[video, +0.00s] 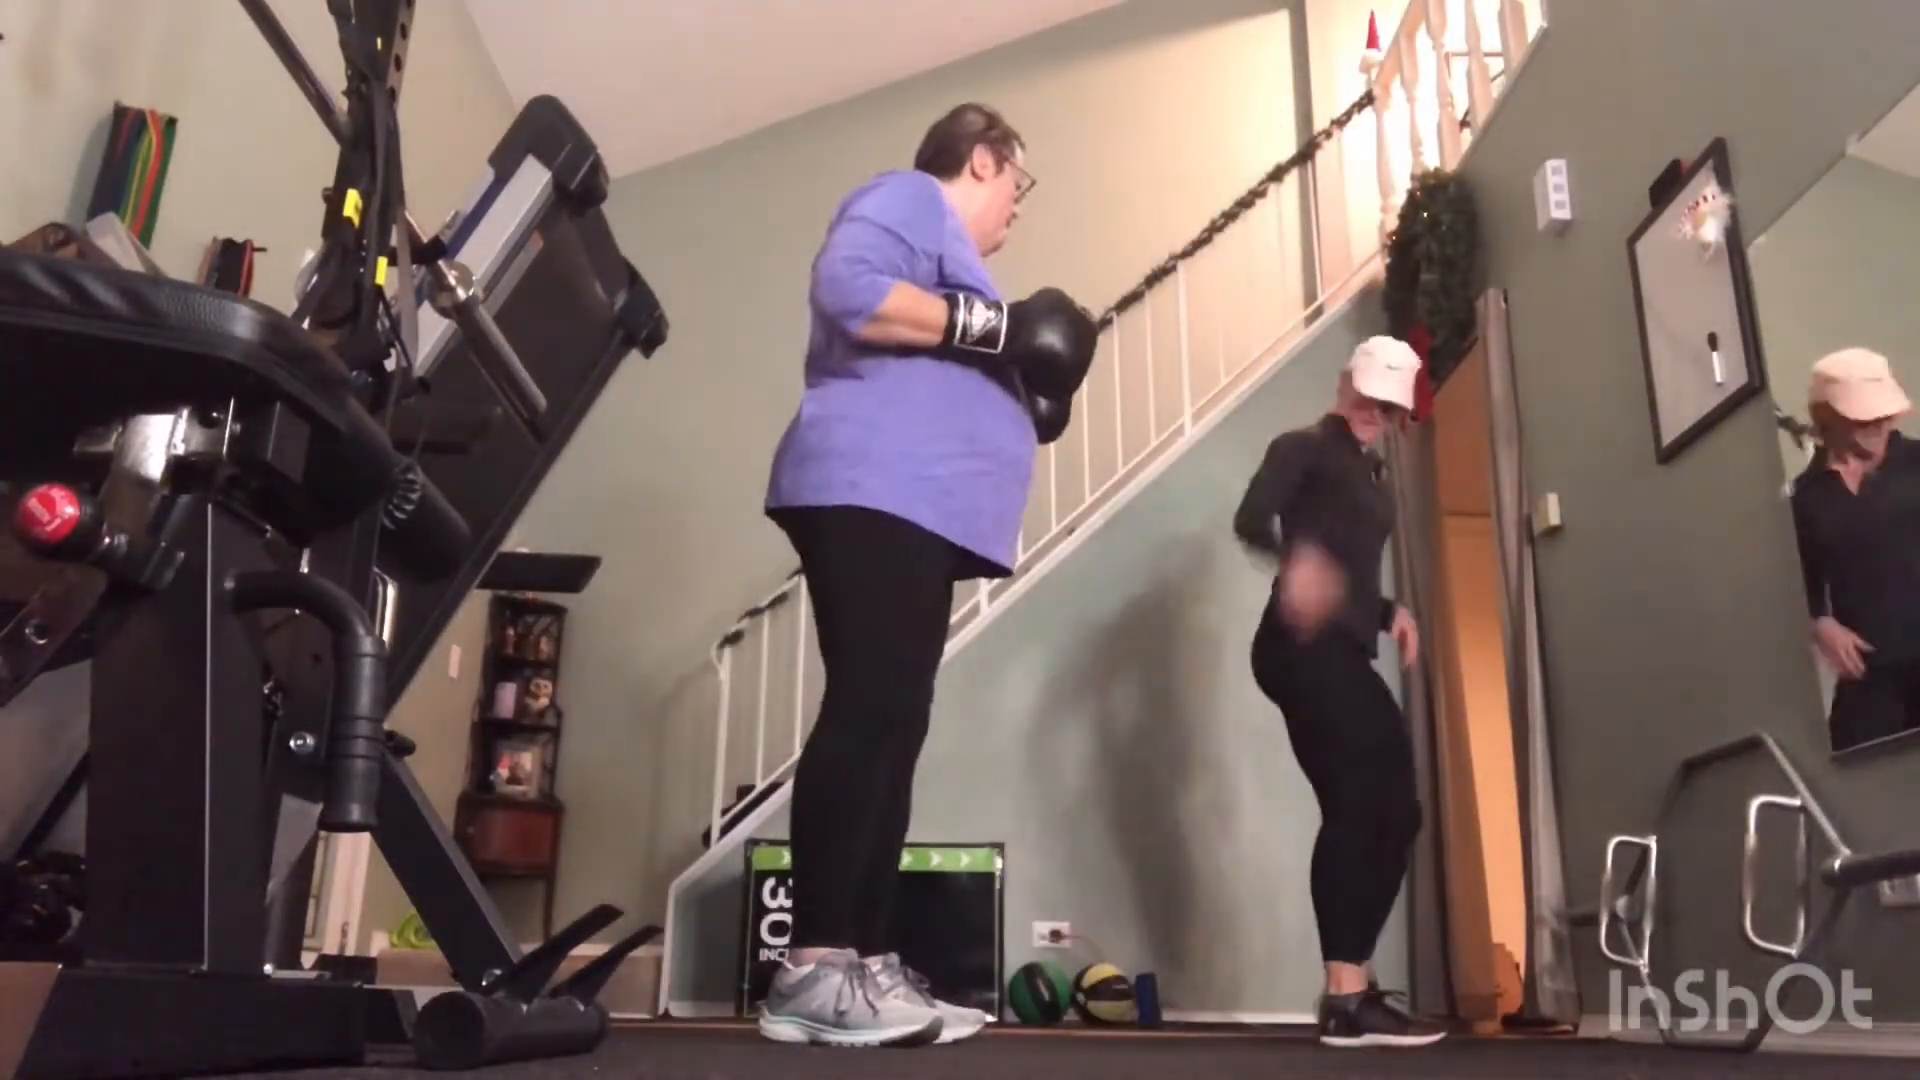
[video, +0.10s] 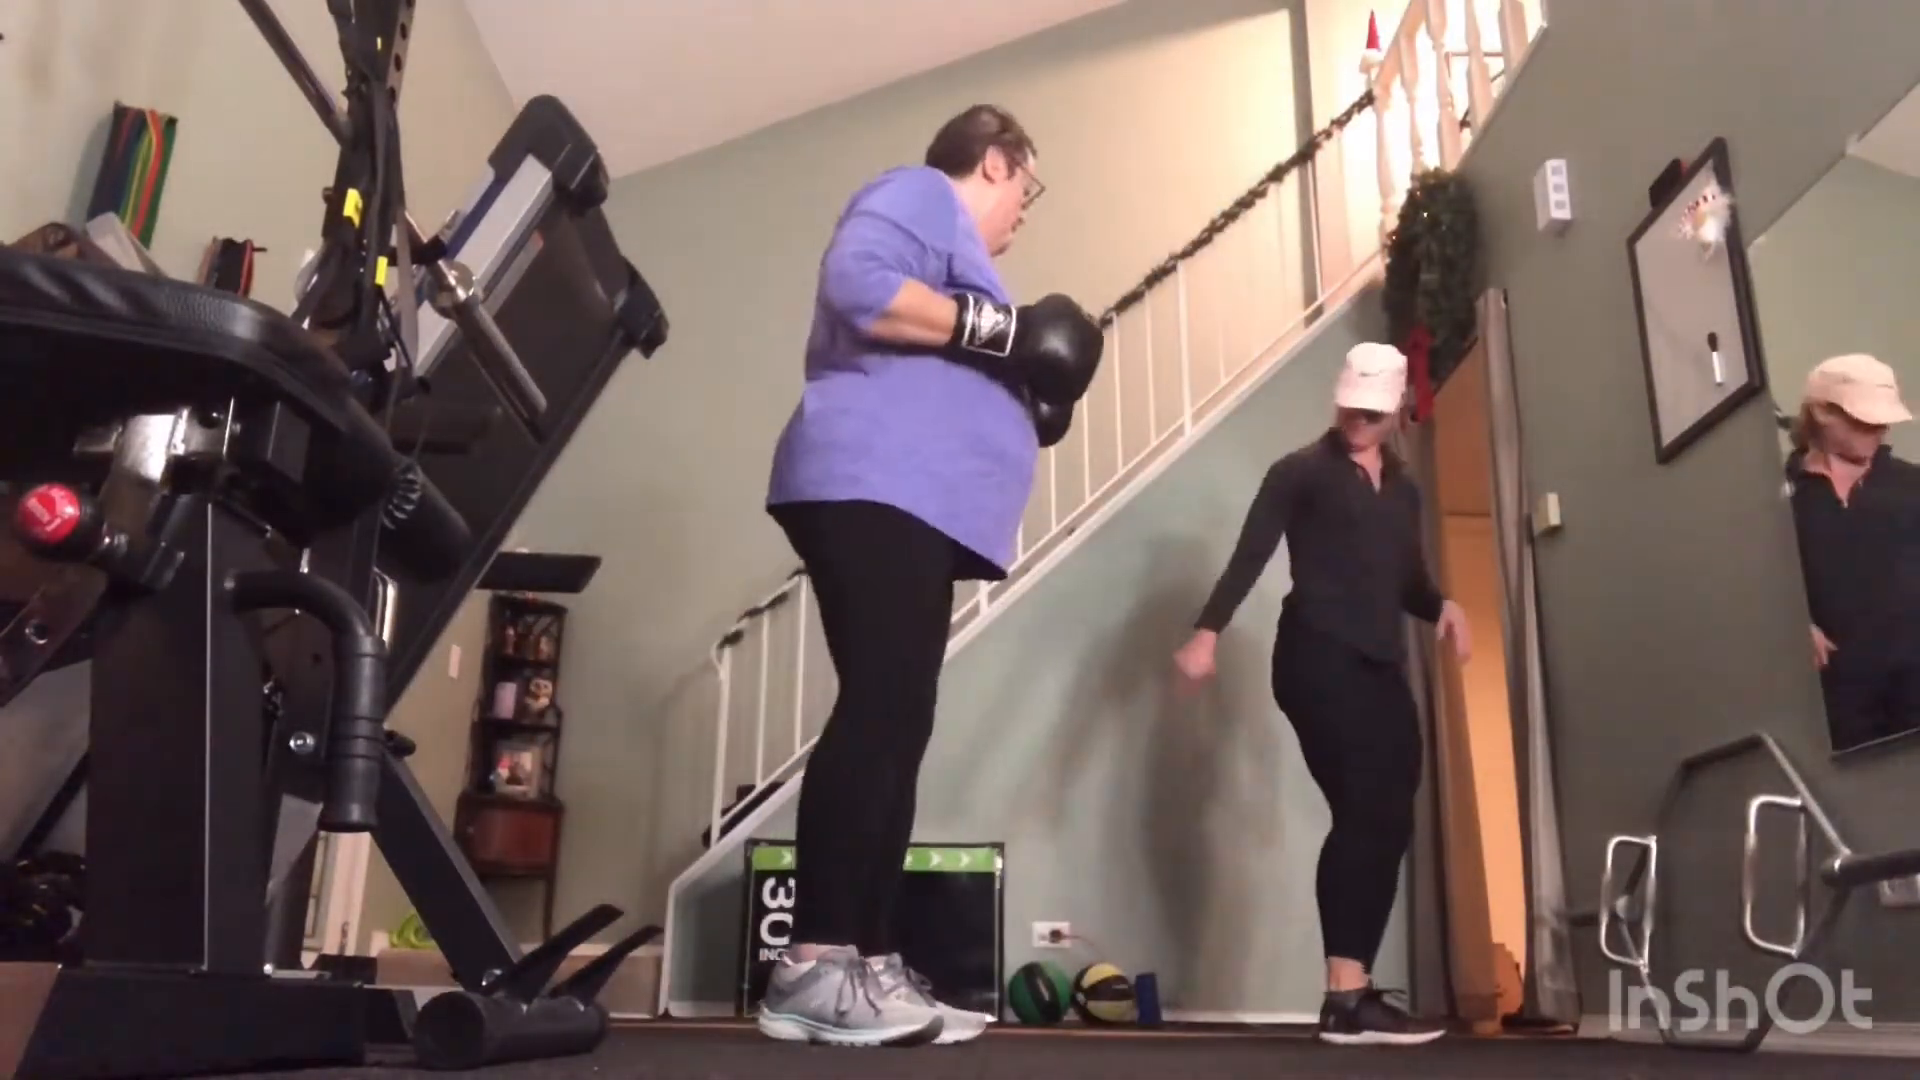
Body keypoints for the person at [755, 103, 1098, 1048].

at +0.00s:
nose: (1020, 211)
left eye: (1023, 196)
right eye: (1019, 189)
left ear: (977, 171)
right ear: (984, 162)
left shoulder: (962, 270)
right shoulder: (910, 192)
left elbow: (984, 415)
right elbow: (848, 291)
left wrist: (1039, 386)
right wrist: (988, 323)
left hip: (914, 511)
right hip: (868, 492)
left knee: (892, 727)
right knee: (868, 719)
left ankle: (864, 966)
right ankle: (816, 967)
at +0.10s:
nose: (1027, 213)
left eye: (1030, 199)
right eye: (1026, 191)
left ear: (985, 173)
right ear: (993, 163)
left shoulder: (967, 266)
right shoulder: (921, 189)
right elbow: (858, 288)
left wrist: (1038, 391)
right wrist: (994, 326)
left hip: (910, 504)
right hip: (870, 487)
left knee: (892, 722)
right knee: (883, 717)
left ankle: (854, 963)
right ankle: (825, 964)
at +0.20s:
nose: (1029, 223)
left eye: (1035, 209)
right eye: (1032, 202)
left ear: (961, 155)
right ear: (1011, 171)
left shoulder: (876, 215)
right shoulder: (966, 189)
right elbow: (928, 283)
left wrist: (1028, 369)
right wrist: (1047, 353)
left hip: (801, 476)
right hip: (855, 482)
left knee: (850, 709)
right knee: (854, 708)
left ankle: (830, 951)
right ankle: (802, 963)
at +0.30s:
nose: (988, 247)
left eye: (986, 234)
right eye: (984, 232)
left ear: (898, 214)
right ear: (957, 216)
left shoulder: (811, 288)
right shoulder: (940, 251)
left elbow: (740, 413)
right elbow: (948, 353)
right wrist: (1026, 428)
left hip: (758, 510)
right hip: (870, 511)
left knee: (792, 734)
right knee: (864, 722)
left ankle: (775, 976)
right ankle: (806, 961)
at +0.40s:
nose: (965, 291)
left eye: (964, 280)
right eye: (961, 277)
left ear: (881, 272)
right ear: (932, 267)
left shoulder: (817, 338)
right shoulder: (925, 305)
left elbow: (776, 456)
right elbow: (925, 399)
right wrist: (988, 510)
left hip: (778, 552)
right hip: (892, 554)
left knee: (796, 759)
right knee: (947, 755)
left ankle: (770, 980)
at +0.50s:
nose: (999, 331)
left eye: (998, 319)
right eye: (996, 318)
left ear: (923, 314)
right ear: (972, 311)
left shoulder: (857, 384)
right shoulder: (978, 359)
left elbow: (815, 508)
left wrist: (906, 528)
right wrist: (1064, 574)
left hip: (836, 592)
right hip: (943, 588)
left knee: (872, 770)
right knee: (958, 780)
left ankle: (814, 939)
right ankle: (932, 983)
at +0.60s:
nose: (987, 394)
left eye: (988, 382)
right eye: (981, 378)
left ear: (930, 373)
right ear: (945, 368)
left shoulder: (879, 419)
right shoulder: (922, 409)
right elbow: (910, 505)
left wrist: (969, 613)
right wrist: (979, 598)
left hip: (828, 626)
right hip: (882, 625)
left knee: (860, 801)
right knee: (920, 795)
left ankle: (826, 984)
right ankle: (915, 970)